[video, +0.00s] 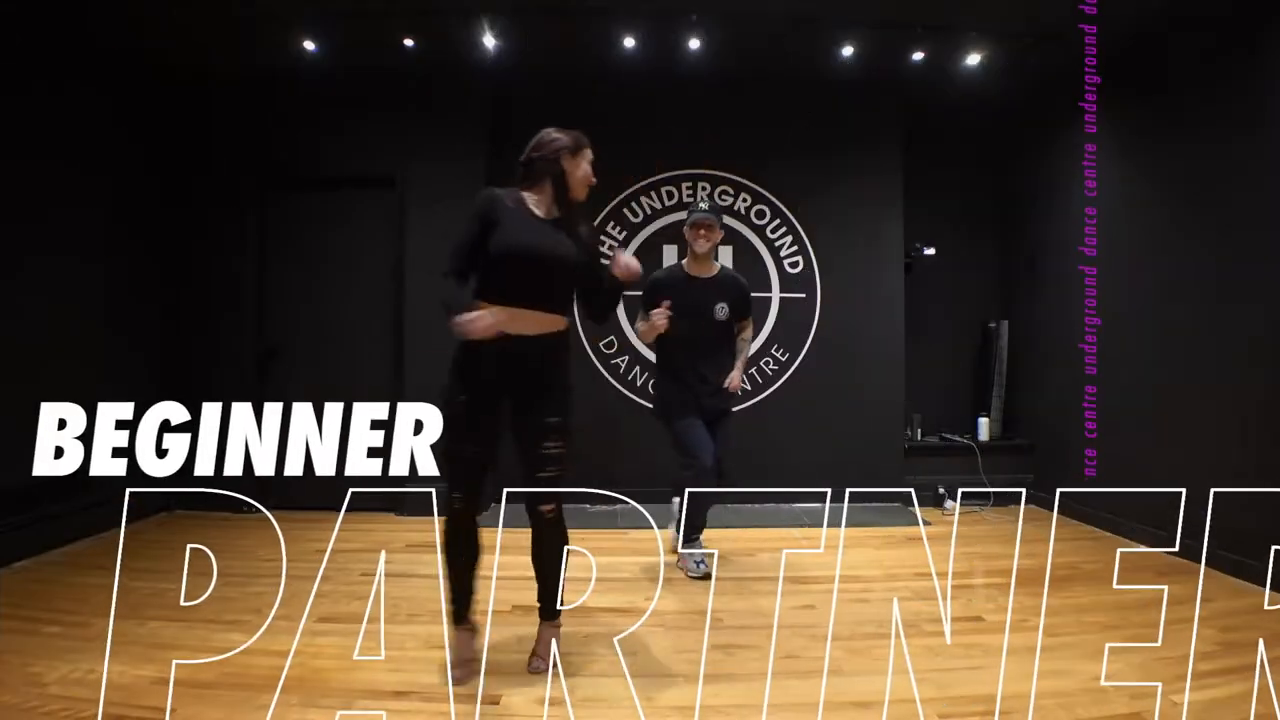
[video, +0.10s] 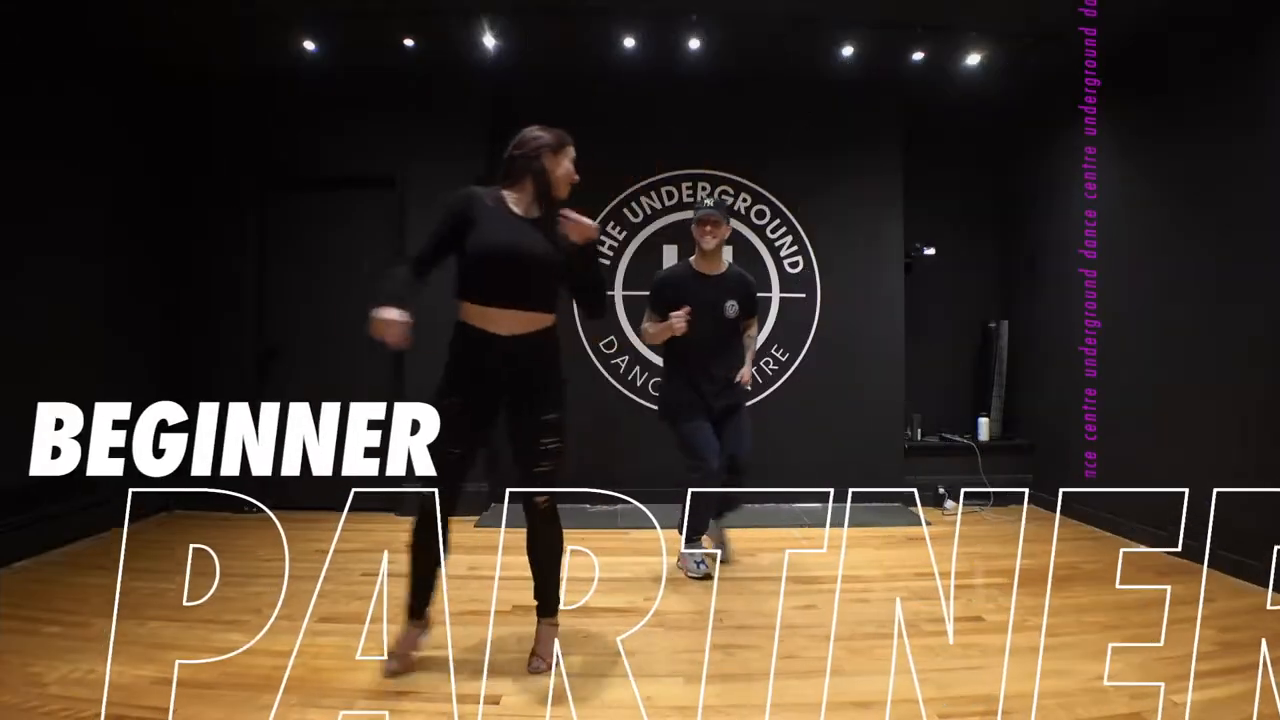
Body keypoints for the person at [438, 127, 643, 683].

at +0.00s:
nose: (592, 174)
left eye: (592, 164)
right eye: (586, 162)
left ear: (570, 168)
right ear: (558, 162)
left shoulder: (577, 231)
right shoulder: (495, 206)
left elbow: (596, 313)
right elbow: (455, 274)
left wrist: (621, 281)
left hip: (545, 364)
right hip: (483, 360)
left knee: (546, 499)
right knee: (462, 499)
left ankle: (548, 625)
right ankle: (462, 628)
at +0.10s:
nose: (575, 173)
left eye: (575, 164)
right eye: (568, 162)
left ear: (552, 167)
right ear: (537, 161)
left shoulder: (564, 226)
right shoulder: (474, 206)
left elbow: (594, 309)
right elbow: (421, 263)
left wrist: (584, 250)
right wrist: (395, 302)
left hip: (537, 365)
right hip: (471, 360)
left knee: (540, 495)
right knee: (436, 492)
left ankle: (546, 624)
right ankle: (415, 621)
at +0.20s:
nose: (544, 177)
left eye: (544, 168)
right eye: (537, 166)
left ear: (519, 170)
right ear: (506, 165)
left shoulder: (530, 228)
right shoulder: (439, 211)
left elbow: (562, 300)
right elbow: (368, 239)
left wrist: (533, 235)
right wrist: (337, 276)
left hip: (514, 370)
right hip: (447, 371)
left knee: (532, 493)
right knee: (393, 485)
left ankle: (548, 620)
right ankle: (389, 613)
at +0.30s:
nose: (522, 176)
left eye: (522, 167)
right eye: (513, 165)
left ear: (503, 173)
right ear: (480, 165)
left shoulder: (507, 234)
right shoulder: (419, 211)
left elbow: (532, 311)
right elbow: (357, 230)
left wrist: (501, 243)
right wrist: (337, 265)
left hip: (483, 366)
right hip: (416, 365)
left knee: (506, 496)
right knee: (373, 493)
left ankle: (544, 620)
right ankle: (394, 617)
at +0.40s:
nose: (483, 169)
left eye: (490, 162)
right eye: (472, 160)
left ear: (494, 176)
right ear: (443, 167)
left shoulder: (488, 236)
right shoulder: (409, 215)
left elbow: (489, 297)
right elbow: (365, 235)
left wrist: (442, 251)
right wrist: (344, 255)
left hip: (457, 365)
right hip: (395, 363)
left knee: (459, 497)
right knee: (359, 493)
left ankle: (512, 605)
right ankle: (391, 615)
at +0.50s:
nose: (394, 177)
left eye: (404, 166)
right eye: (393, 169)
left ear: (438, 170)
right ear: (409, 178)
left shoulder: (464, 242)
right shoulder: (403, 235)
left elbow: (438, 322)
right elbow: (384, 293)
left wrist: (361, 320)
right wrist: (346, 264)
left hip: (417, 377)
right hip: (377, 370)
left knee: (364, 494)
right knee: (359, 494)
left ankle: (393, 608)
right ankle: (397, 600)